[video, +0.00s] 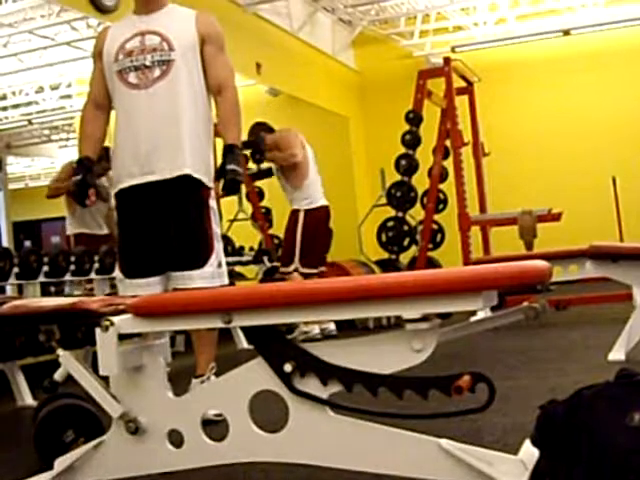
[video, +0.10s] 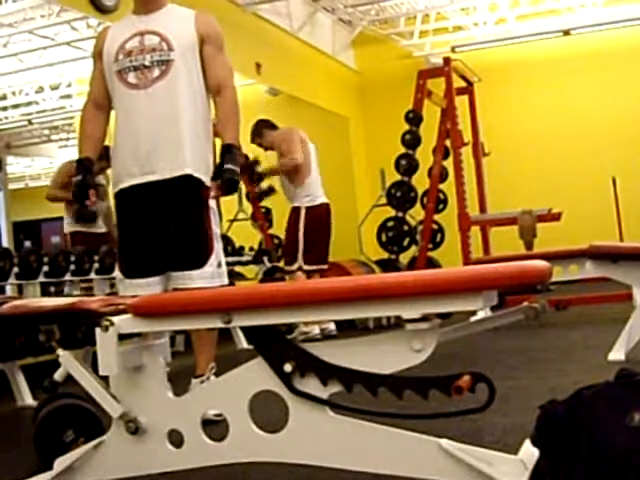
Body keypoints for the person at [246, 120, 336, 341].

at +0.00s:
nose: (259, 149)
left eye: (258, 145)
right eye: (257, 147)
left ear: (262, 136)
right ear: (266, 133)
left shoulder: (285, 135)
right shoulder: (288, 141)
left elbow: (296, 156)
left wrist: (266, 156)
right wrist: (258, 173)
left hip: (306, 210)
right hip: (314, 209)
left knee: (291, 270)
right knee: (311, 270)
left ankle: (309, 322)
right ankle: (324, 319)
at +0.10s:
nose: (266, 149)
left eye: (262, 144)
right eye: (262, 147)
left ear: (264, 134)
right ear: (270, 128)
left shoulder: (287, 135)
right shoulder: (299, 137)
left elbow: (295, 160)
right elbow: (297, 172)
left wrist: (265, 171)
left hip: (305, 207)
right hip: (317, 205)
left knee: (294, 268)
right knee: (314, 269)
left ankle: (308, 322)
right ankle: (324, 319)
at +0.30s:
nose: (260, 152)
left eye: (256, 147)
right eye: (256, 150)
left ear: (257, 137)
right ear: (263, 131)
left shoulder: (279, 140)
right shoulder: (292, 140)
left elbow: (290, 173)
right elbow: (300, 174)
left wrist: (276, 207)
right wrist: (275, 208)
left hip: (301, 207)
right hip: (316, 204)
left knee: (299, 270)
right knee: (316, 270)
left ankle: (309, 324)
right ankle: (326, 319)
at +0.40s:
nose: (252, 154)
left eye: (248, 150)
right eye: (248, 151)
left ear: (250, 141)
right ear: (257, 134)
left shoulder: (273, 143)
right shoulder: (284, 143)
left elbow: (286, 177)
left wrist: (285, 214)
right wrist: (285, 214)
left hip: (303, 208)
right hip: (315, 204)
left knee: (298, 271)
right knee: (316, 270)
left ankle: (310, 324)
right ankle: (327, 320)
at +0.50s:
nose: (244, 159)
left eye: (241, 154)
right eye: (240, 156)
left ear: (244, 144)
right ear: (250, 140)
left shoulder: (268, 149)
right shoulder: (280, 146)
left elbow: (282, 180)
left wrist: (292, 208)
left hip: (299, 208)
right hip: (314, 205)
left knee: (298, 271)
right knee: (315, 269)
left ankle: (310, 324)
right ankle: (328, 320)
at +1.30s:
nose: (231, 148)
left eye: (231, 144)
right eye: (226, 144)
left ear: (240, 139)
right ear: (252, 134)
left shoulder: (251, 149)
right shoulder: (280, 147)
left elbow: (255, 192)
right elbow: (289, 181)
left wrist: (244, 219)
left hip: (282, 212)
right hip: (306, 206)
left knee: (277, 274)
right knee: (314, 269)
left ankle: (280, 325)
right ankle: (326, 321)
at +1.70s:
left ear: (226, 147)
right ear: (240, 139)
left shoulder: (238, 161)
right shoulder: (266, 152)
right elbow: (281, 177)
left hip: (272, 211)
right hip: (295, 203)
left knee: (272, 275)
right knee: (308, 268)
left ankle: (277, 326)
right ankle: (323, 321)